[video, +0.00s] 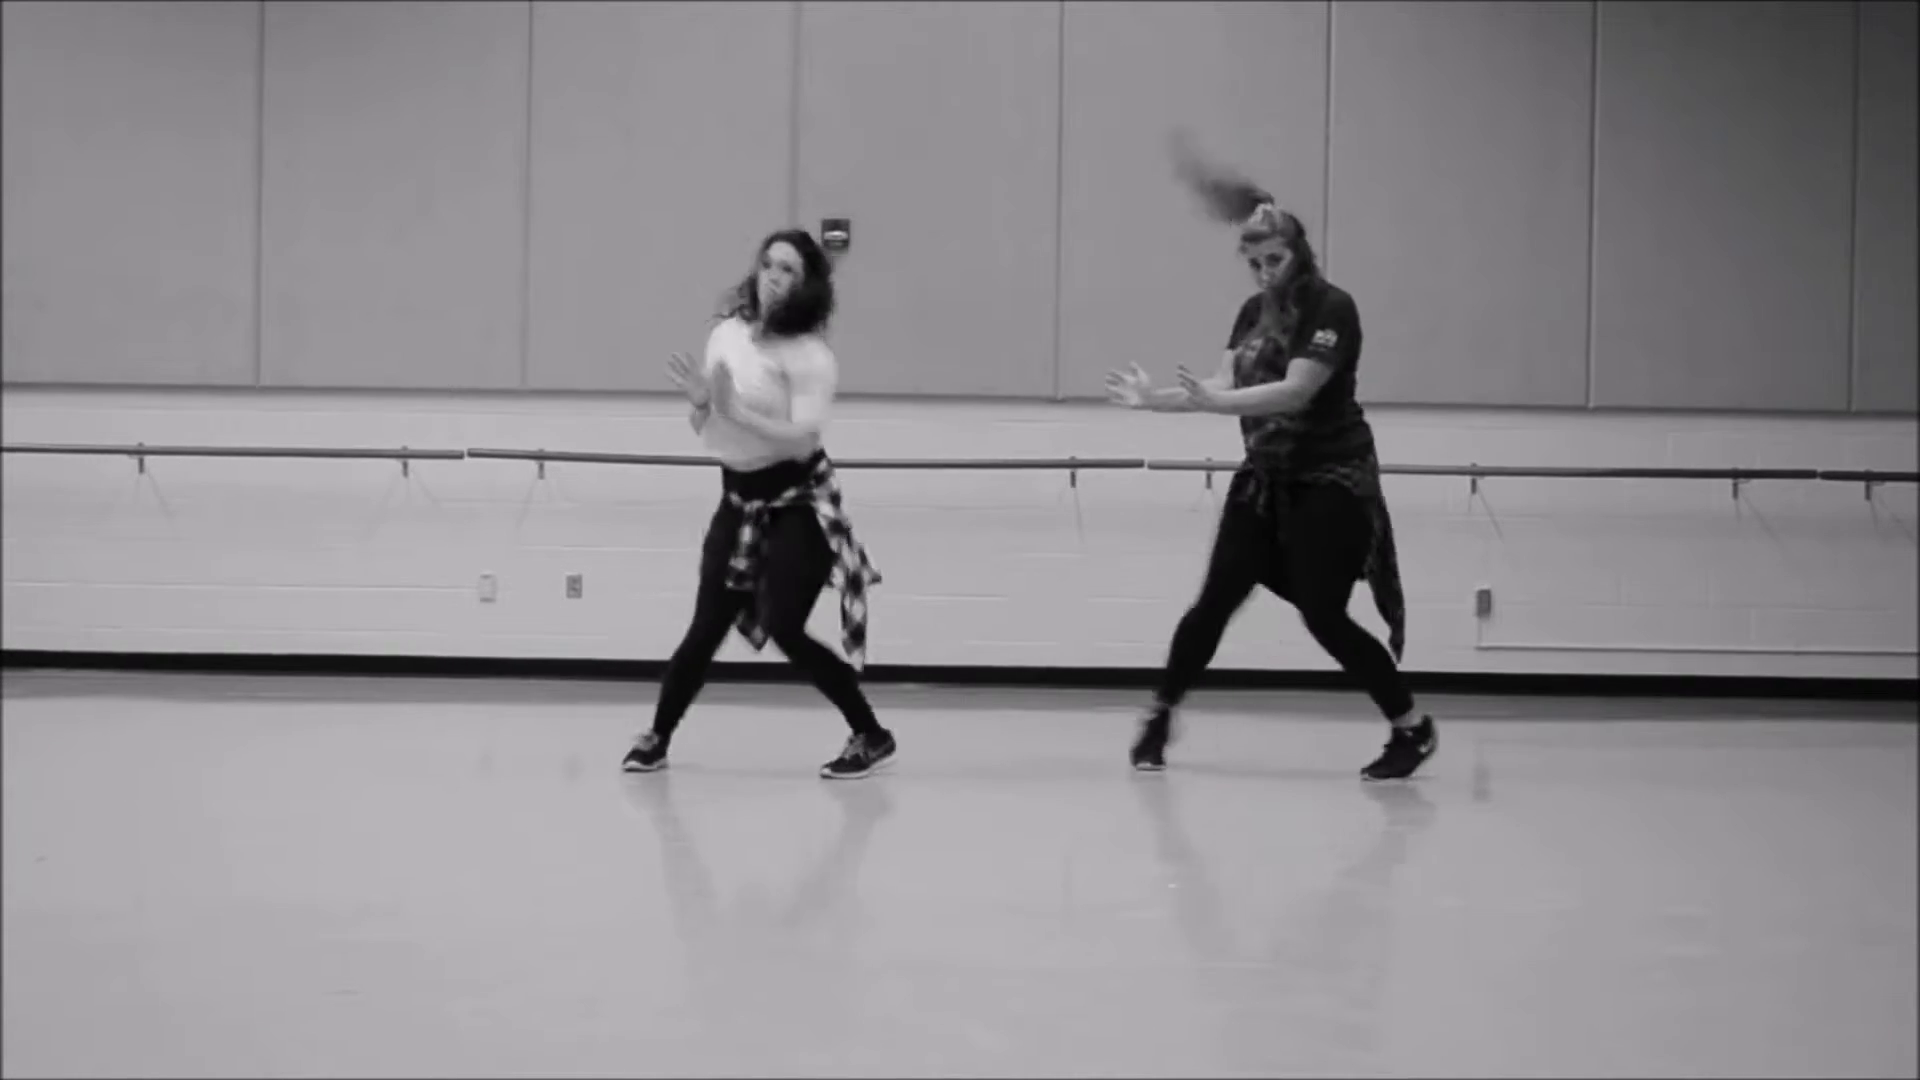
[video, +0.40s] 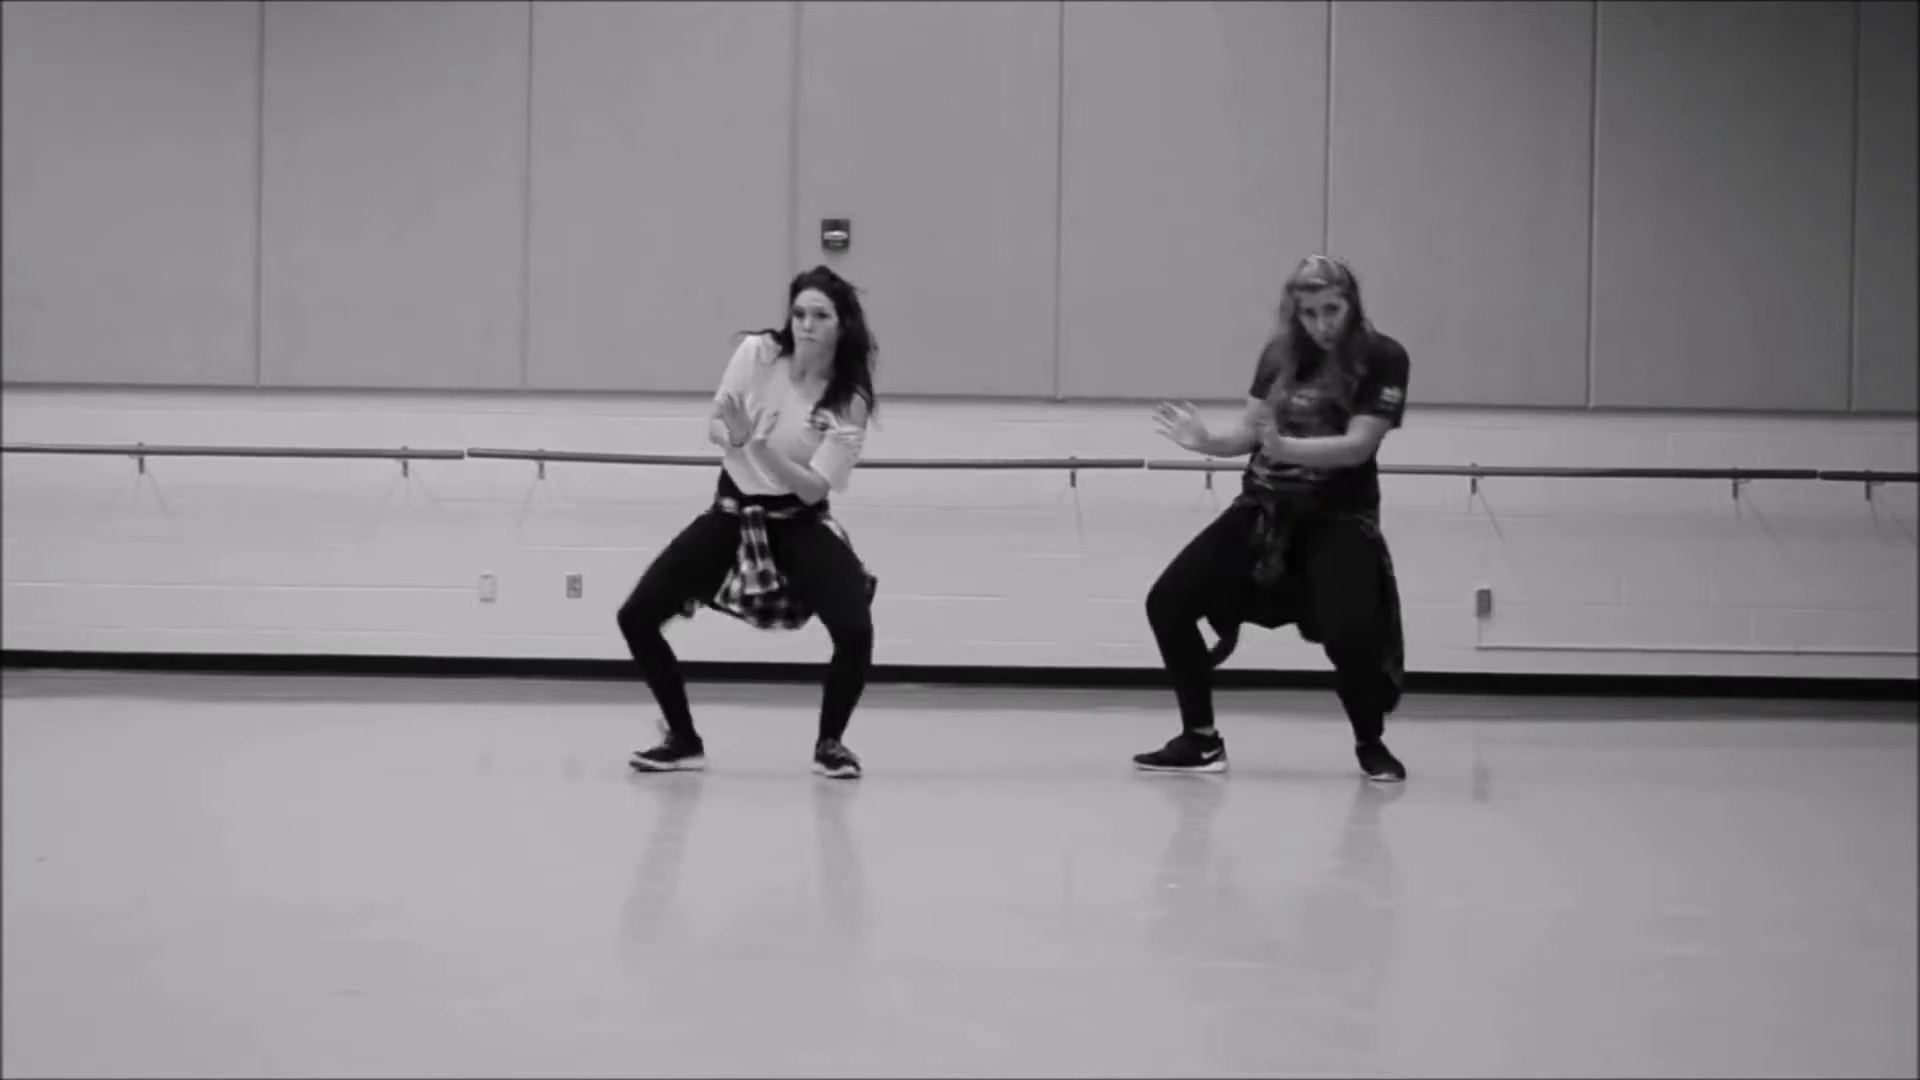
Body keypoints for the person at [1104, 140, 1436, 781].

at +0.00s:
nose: (1262, 265)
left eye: (1272, 254)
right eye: (1253, 256)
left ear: (1299, 250)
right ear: (1246, 257)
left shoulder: (1331, 310)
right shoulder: (1252, 314)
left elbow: (1296, 393)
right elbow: (1230, 387)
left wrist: (1215, 398)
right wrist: (1162, 397)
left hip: (1332, 484)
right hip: (1264, 482)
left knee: (1326, 616)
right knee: (1213, 602)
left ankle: (1411, 725)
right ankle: (1160, 716)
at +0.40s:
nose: (1321, 325)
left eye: (1331, 311)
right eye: (1309, 314)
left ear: (1352, 305)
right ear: (1295, 312)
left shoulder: (1383, 359)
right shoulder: (1281, 354)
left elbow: (1358, 447)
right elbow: (1253, 431)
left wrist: (1282, 448)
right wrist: (1207, 441)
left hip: (1338, 516)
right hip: (1264, 510)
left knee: (1354, 629)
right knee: (1168, 603)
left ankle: (1371, 746)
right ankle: (1200, 736)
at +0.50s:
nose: (1347, 321)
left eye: (1359, 308)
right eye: (1336, 309)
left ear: (1377, 308)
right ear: (1319, 307)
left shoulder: (1389, 373)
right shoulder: (1288, 350)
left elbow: (1357, 460)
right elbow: (1251, 419)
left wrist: (1306, 451)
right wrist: (1212, 422)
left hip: (1328, 517)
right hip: (1252, 507)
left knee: (1339, 630)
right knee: (1170, 602)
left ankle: (1371, 747)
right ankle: (1199, 735)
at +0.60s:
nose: (1339, 311)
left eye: (1351, 299)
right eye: (1328, 298)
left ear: (1368, 301)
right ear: (1313, 296)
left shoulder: (1372, 365)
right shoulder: (1280, 329)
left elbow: (1333, 441)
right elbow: (1238, 393)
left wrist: (1252, 400)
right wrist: (1198, 393)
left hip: (1320, 508)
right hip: (1245, 497)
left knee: (1330, 626)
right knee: (1171, 602)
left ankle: (1372, 746)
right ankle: (1200, 735)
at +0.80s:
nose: (1237, 264)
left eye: (1244, 251)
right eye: (1224, 254)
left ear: (1265, 245)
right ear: (1209, 254)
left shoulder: (1291, 293)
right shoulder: (1200, 287)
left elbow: (1282, 377)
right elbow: (1142, 336)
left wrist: (1198, 379)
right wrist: (1119, 364)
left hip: (1302, 471)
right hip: (1226, 471)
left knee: (1341, 601)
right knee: (1195, 596)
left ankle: (1375, 725)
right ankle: (1203, 735)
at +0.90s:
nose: (1196, 256)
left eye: (1202, 241)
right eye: (1182, 250)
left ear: (1224, 236)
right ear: (1171, 257)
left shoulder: (1260, 289)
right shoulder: (1168, 288)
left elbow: (1242, 358)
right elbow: (1109, 336)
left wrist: (1157, 376)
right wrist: (1087, 366)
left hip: (1282, 464)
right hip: (1207, 468)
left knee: (1318, 590)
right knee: (1199, 603)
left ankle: (1354, 712)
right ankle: (1203, 735)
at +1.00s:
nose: (1162, 260)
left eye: (1166, 245)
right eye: (1148, 257)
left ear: (1188, 238)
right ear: (1141, 266)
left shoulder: (1234, 289)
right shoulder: (1147, 299)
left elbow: (1195, 355)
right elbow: (1091, 345)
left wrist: (1114, 389)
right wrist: (1065, 387)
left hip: (1264, 464)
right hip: (1195, 468)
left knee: (1274, 588)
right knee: (1193, 600)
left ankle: (1306, 715)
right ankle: (1201, 733)